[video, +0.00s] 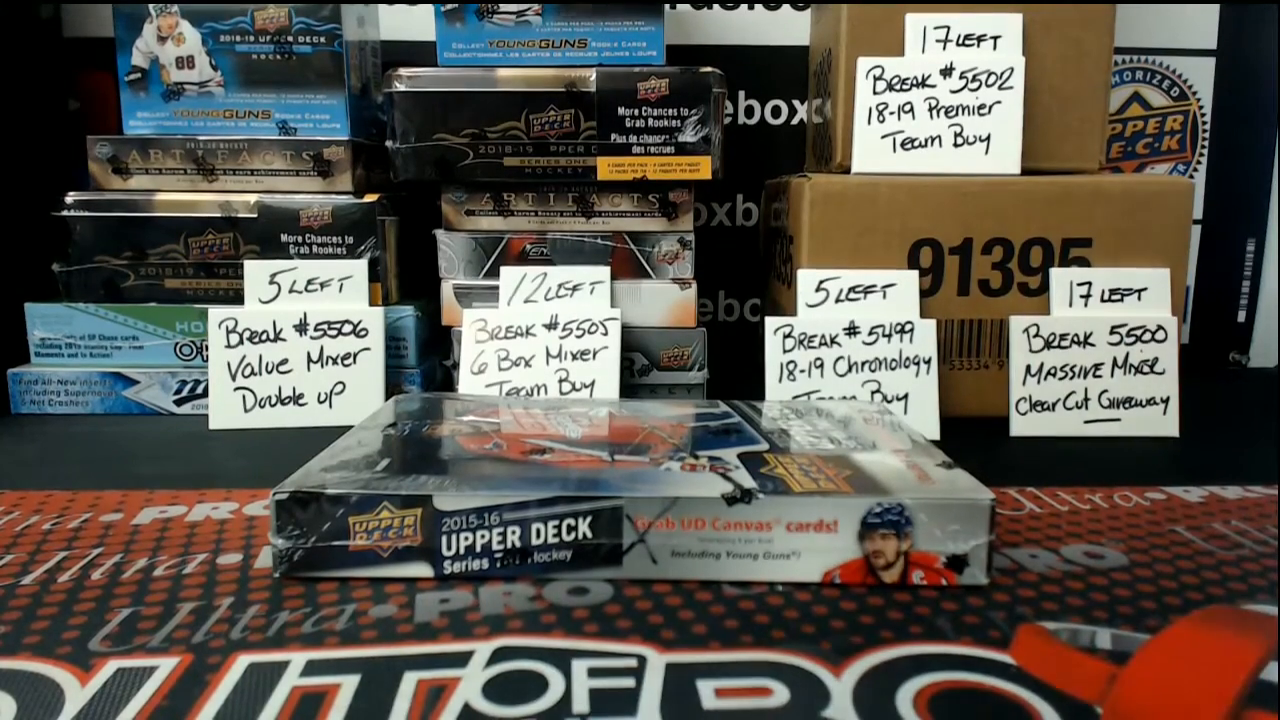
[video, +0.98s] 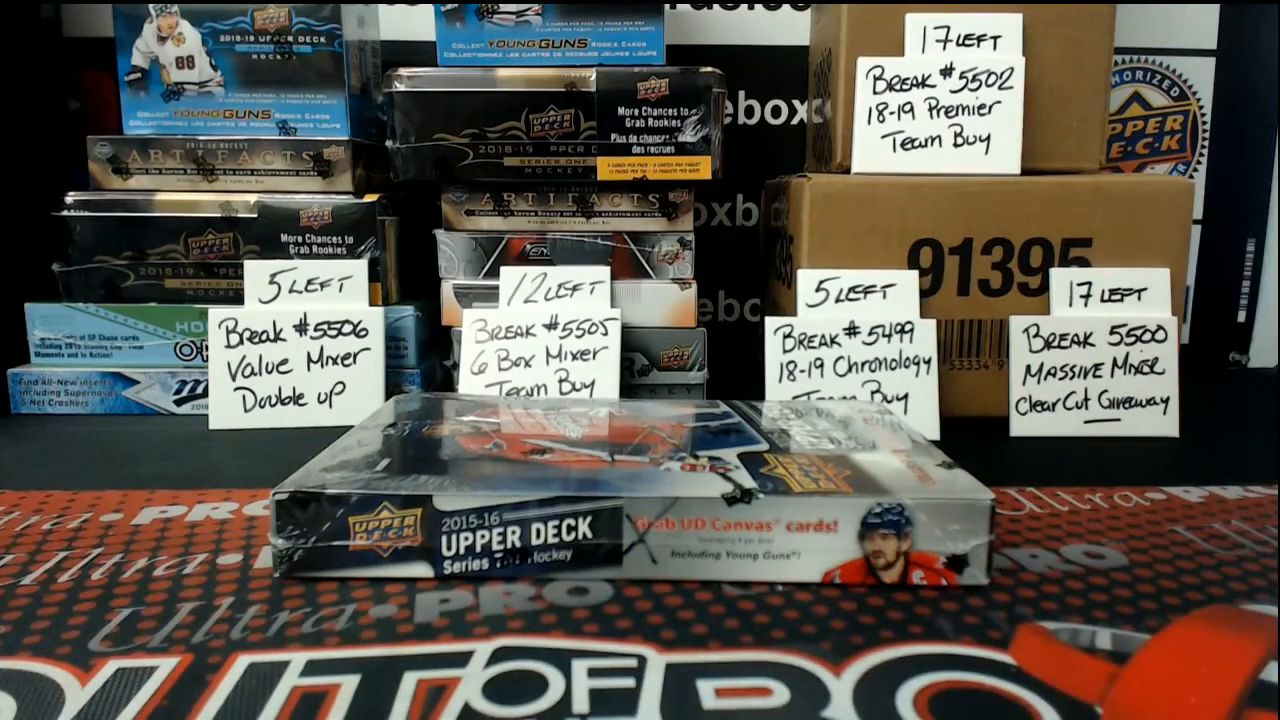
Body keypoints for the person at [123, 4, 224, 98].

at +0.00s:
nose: (170, 22)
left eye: (173, 17)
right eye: (164, 18)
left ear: (178, 17)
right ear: (156, 20)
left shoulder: (186, 36)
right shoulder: (150, 29)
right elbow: (142, 50)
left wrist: (178, 88)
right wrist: (137, 72)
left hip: (209, 84)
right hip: (181, 84)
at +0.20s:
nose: (170, 22)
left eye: (173, 17)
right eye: (164, 17)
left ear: (178, 17)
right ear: (156, 20)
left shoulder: (186, 34)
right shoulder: (150, 29)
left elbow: (188, 65)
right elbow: (142, 50)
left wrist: (180, 87)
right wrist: (137, 73)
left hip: (208, 83)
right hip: (181, 84)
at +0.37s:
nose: (170, 22)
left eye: (173, 17)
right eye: (164, 17)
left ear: (178, 17)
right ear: (156, 20)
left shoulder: (186, 34)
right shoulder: (150, 28)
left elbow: (188, 65)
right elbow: (142, 50)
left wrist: (180, 87)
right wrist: (137, 72)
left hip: (208, 83)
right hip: (181, 83)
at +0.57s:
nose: (170, 22)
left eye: (173, 17)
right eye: (164, 18)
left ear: (178, 17)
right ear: (156, 20)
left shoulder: (186, 35)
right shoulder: (150, 28)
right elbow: (141, 50)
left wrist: (179, 88)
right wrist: (137, 74)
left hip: (209, 84)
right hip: (182, 85)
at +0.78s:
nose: (170, 22)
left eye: (173, 17)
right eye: (164, 18)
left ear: (178, 17)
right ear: (156, 20)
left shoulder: (186, 35)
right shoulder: (150, 28)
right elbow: (141, 50)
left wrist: (179, 89)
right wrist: (137, 74)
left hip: (209, 84)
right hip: (181, 85)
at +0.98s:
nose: (170, 22)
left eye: (173, 17)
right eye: (164, 18)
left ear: (178, 17)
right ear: (156, 20)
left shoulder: (186, 35)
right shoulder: (150, 28)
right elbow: (141, 50)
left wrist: (179, 89)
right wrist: (137, 74)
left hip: (209, 84)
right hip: (181, 85)